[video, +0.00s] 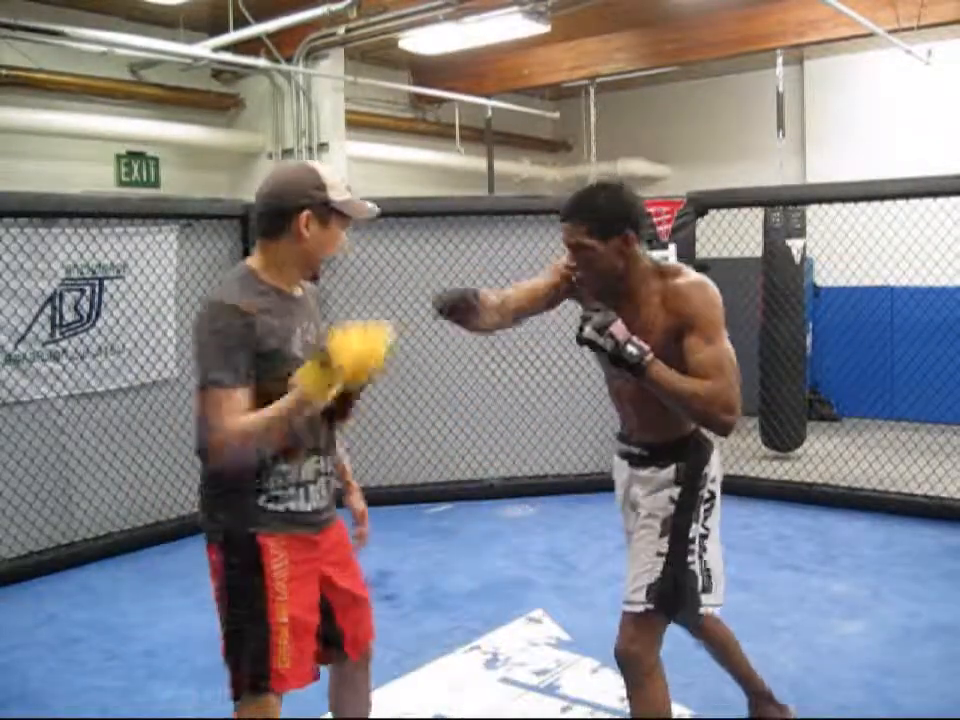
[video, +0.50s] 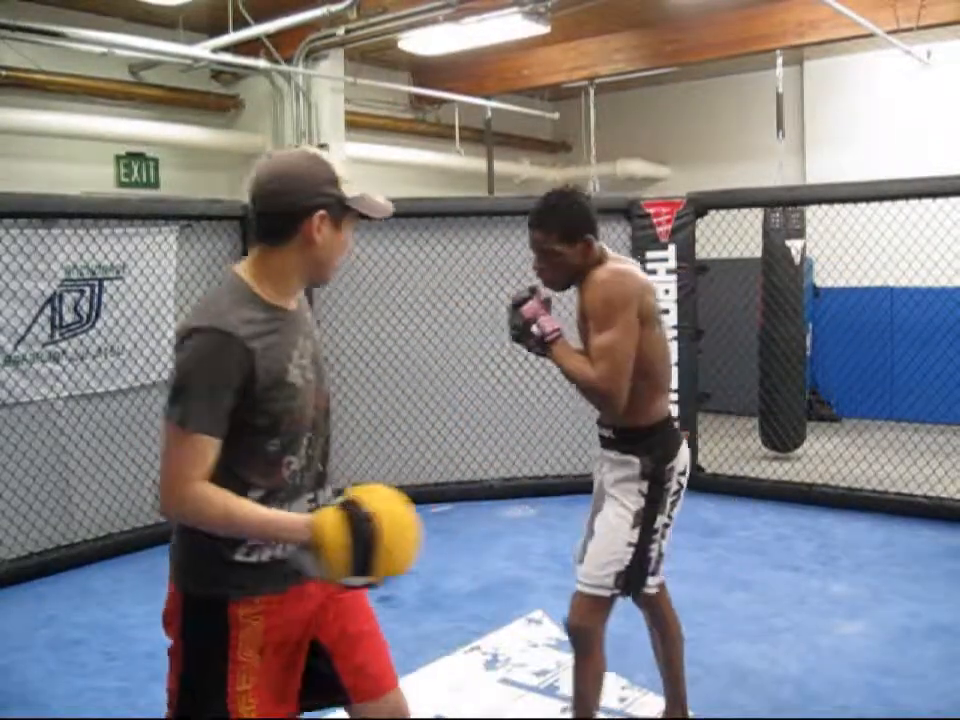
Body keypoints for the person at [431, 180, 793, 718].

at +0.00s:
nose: (569, 261)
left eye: (581, 249)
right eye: (568, 248)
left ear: (626, 244)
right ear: (616, 243)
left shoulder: (690, 295)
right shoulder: (581, 277)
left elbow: (723, 411)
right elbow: (509, 305)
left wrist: (638, 358)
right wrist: (472, 310)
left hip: (681, 472)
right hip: (633, 468)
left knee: (636, 651)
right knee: (687, 609)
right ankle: (765, 702)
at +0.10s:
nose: (571, 261)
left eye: (581, 248)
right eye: (569, 248)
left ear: (625, 241)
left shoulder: (690, 295)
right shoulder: (582, 282)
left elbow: (719, 413)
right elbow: (535, 363)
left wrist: (637, 365)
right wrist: (532, 354)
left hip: (674, 472)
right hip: (621, 463)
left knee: (637, 647)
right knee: (662, 610)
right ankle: (716, 703)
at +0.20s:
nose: (569, 266)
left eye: (577, 254)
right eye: (566, 253)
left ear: (620, 248)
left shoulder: (682, 298)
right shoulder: (584, 286)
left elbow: (714, 408)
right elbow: (590, 364)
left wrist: (637, 376)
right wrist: (568, 379)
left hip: (663, 473)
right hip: (614, 465)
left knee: (639, 645)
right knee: (640, 629)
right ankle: (668, 708)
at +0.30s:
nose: (558, 269)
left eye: (564, 257)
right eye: (555, 257)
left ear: (603, 249)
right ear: (597, 250)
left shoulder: (664, 298)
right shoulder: (600, 294)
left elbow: (684, 405)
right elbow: (619, 371)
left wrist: (606, 370)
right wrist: (577, 366)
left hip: (656, 473)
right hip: (615, 463)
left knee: (626, 643)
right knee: (647, 618)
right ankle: (674, 711)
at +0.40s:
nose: (549, 266)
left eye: (556, 254)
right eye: (546, 254)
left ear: (593, 246)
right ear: (588, 247)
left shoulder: (640, 291)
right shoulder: (601, 288)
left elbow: (631, 398)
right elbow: (611, 370)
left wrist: (570, 351)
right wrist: (568, 343)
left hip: (655, 468)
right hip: (620, 459)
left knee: (602, 631)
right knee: (649, 597)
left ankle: (616, 713)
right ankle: (676, 709)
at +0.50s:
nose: (538, 265)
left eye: (547, 255)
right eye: (536, 253)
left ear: (582, 246)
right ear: (577, 245)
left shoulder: (614, 285)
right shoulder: (599, 278)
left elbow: (611, 390)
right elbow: (602, 370)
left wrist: (552, 343)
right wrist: (550, 333)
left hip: (646, 461)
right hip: (621, 454)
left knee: (584, 622)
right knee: (649, 589)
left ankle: (583, 712)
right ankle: (678, 708)